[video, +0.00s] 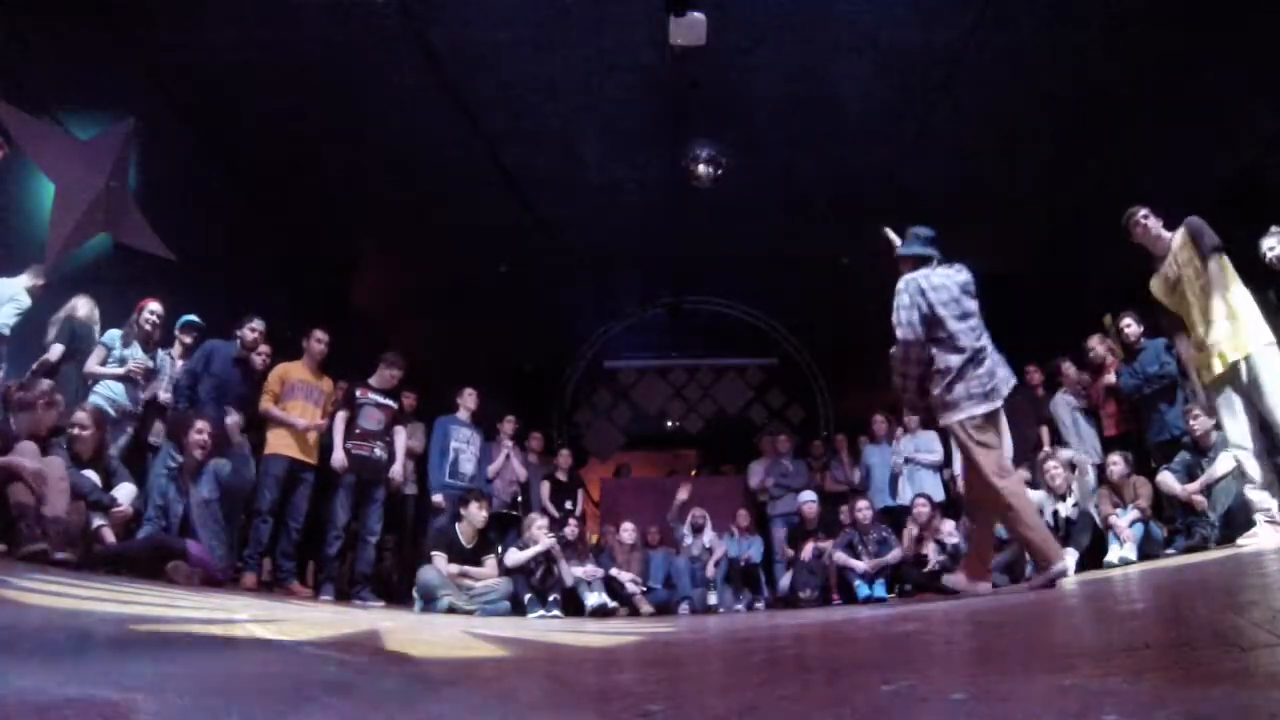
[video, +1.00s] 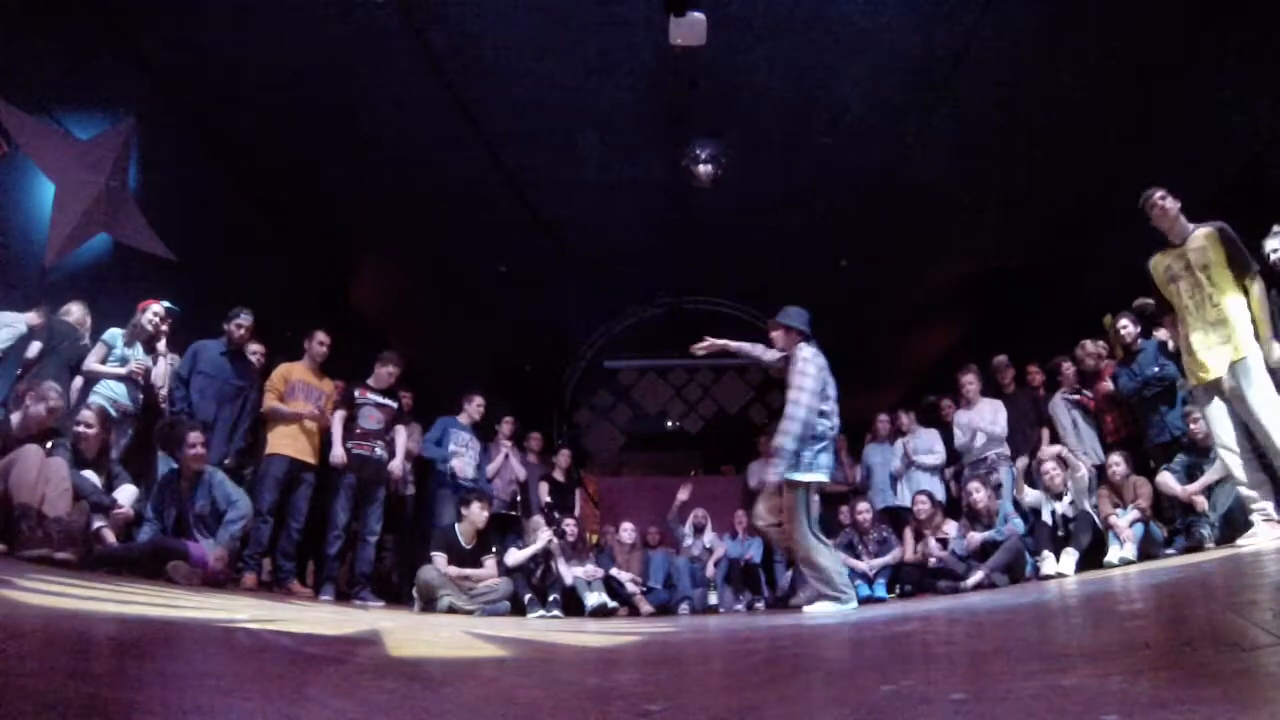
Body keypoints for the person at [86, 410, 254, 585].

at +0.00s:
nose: (205, 440)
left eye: (210, 435)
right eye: (199, 433)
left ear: (214, 441)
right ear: (183, 436)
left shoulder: (217, 469)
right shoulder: (165, 471)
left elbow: (244, 482)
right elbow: (154, 519)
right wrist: (139, 546)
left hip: (214, 557)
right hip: (175, 546)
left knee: (159, 541)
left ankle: (96, 555)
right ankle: (185, 576)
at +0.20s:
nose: (201, 444)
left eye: (204, 439)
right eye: (194, 438)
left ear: (209, 444)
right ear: (179, 444)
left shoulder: (223, 475)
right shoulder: (171, 479)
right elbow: (154, 519)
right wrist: (144, 543)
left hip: (213, 558)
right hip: (175, 547)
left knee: (159, 543)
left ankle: (98, 555)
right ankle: (182, 575)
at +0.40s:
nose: (199, 449)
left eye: (202, 443)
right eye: (191, 444)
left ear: (206, 446)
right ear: (177, 450)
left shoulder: (214, 474)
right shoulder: (169, 478)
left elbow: (247, 495)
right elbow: (154, 518)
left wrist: (221, 527)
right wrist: (145, 543)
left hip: (211, 551)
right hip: (175, 546)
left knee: (160, 545)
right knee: (152, 557)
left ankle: (102, 555)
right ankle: (184, 575)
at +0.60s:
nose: (206, 442)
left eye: (209, 437)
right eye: (199, 435)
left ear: (213, 442)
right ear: (183, 441)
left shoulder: (218, 471)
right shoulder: (169, 477)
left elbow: (241, 498)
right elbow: (153, 517)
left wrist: (245, 460)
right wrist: (143, 545)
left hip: (214, 551)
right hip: (176, 545)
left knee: (159, 543)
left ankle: (100, 553)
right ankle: (185, 576)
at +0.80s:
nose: (203, 444)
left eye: (207, 440)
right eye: (197, 438)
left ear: (211, 446)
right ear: (182, 443)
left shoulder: (215, 473)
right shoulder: (171, 478)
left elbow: (244, 489)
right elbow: (154, 518)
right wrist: (141, 545)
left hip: (210, 551)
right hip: (174, 543)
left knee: (161, 544)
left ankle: (99, 553)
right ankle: (183, 575)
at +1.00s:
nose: (200, 452)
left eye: (203, 446)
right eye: (192, 447)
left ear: (207, 448)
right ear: (177, 452)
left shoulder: (213, 477)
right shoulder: (168, 481)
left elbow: (242, 507)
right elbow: (153, 520)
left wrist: (223, 547)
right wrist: (142, 549)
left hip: (211, 552)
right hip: (176, 546)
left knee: (159, 544)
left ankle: (93, 556)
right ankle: (186, 576)